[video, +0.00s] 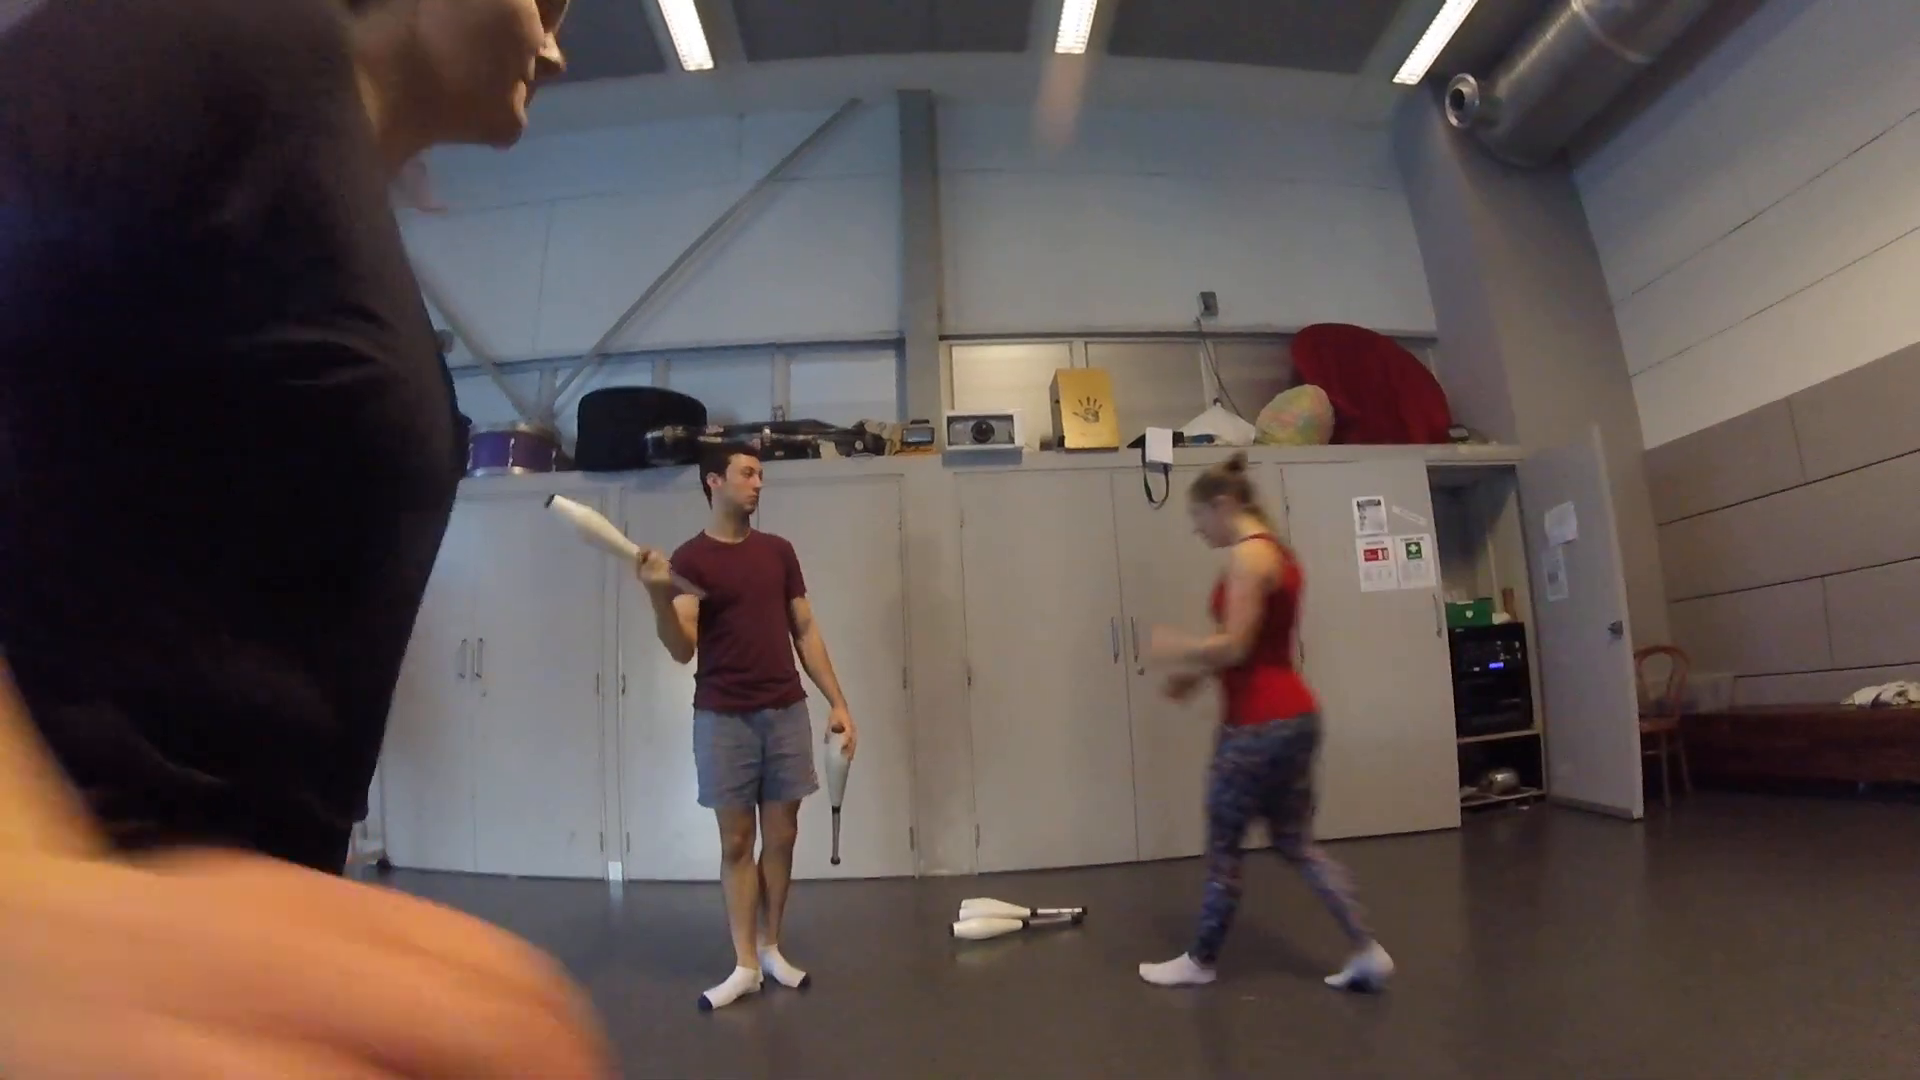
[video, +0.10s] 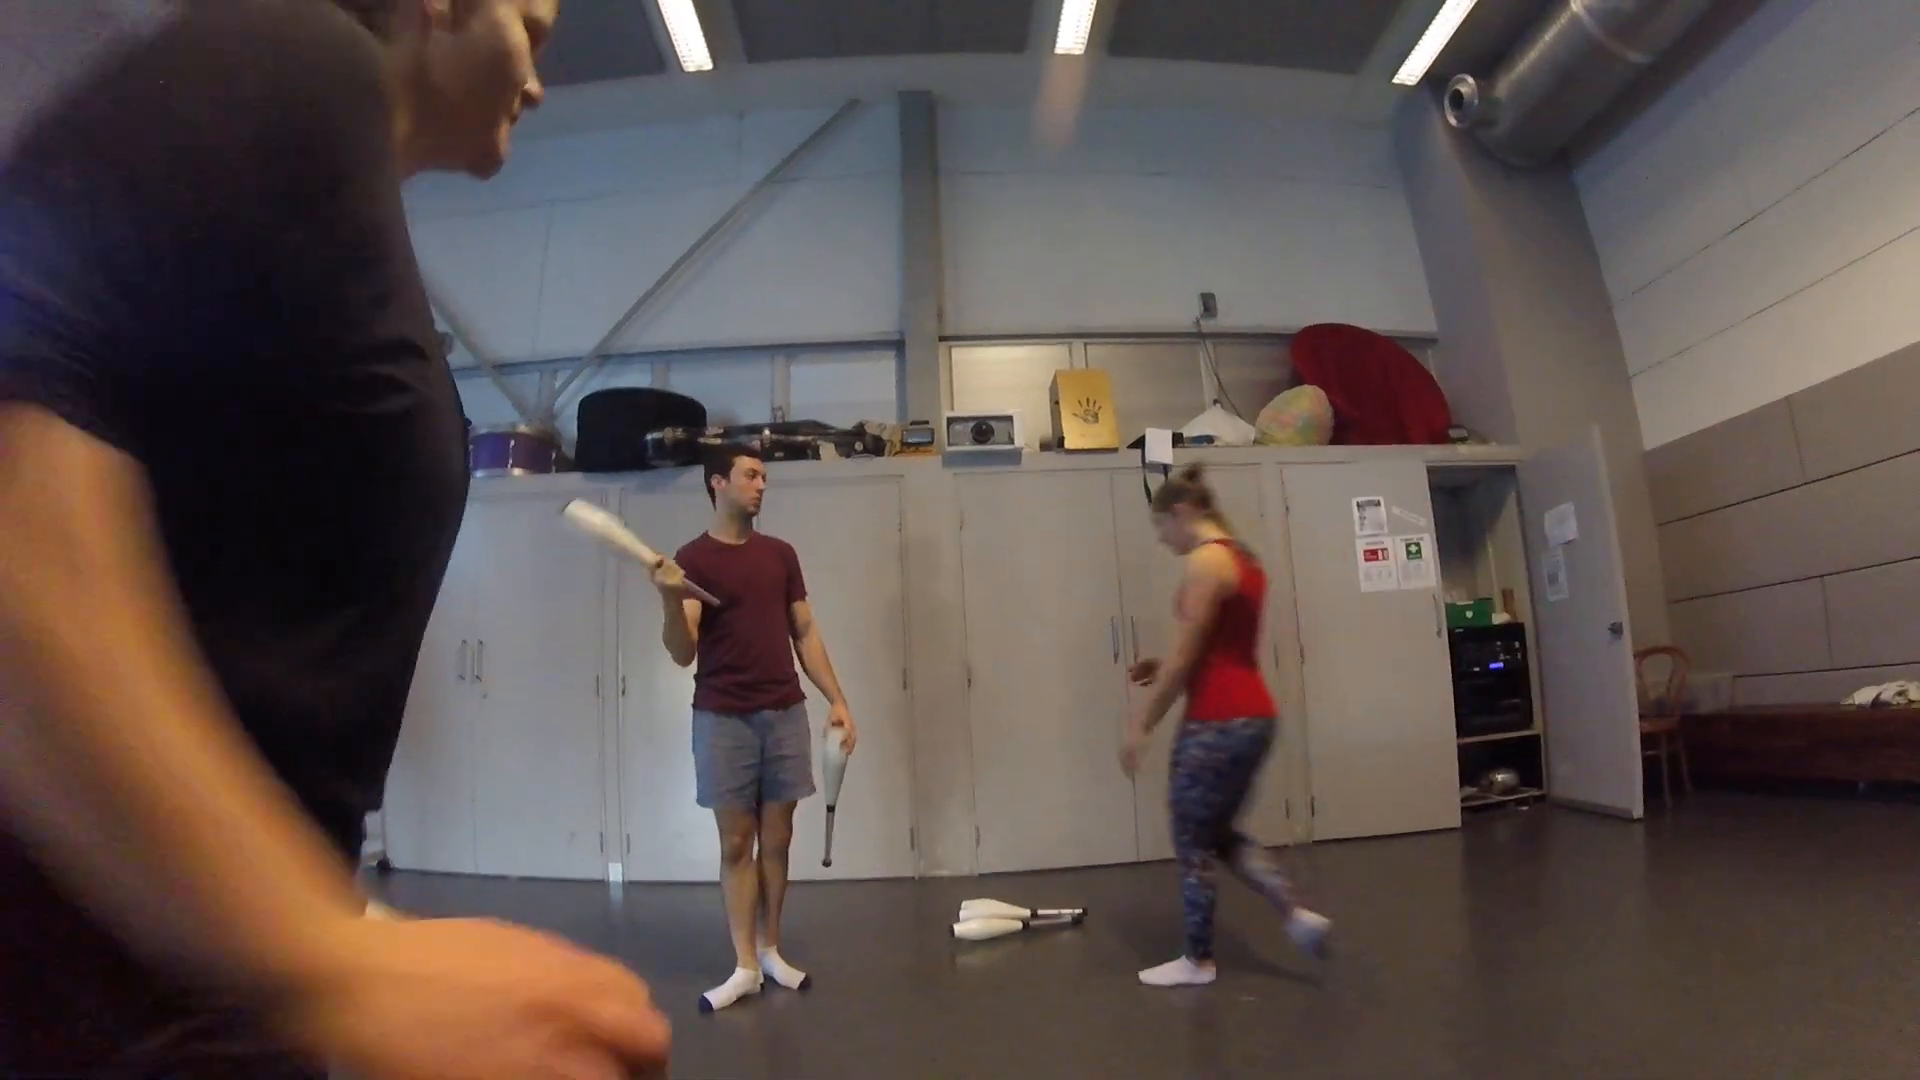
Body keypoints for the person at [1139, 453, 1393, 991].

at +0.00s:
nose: (1197, 528)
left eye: (1199, 516)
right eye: (1195, 518)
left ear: (1223, 507)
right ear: (1239, 506)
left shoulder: (1250, 556)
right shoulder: (1273, 552)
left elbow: (1234, 644)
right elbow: (1252, 642)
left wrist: (1179, 646)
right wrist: (1199, 673)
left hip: (1258, 719)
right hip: (1292, 711)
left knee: (1225, 841)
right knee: (1294, 839)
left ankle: (1202, 957)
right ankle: (1367, 949)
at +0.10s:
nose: (1161, 536)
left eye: (1162, 524)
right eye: (1158, 526)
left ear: (1183, 514)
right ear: (1201, 513)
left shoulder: (1208, 562)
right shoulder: (1239, 559)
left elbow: (1185, 659)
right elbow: (1220, 648)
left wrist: (1142, 725)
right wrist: (1164, 668)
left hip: (1216, 718)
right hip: (1250, 713)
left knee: (1191, 835)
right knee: (1218, 831)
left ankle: (1198, 957)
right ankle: (1295, 911)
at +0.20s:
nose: (1126, 541)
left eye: (1128, 529)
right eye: (1124, 531)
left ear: (1146, 517)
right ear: (1165, 516)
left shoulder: (1163, 560)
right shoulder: (1210, 558)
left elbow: (1166, 649)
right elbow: (1205, 644)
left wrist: (1155, 722)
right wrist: (1152, 682)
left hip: (1191, 713)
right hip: (1223, 708)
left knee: (1176, 827)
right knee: (1168, 813)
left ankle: (1197, 955)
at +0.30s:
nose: (1099, 546)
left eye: (1098, 536)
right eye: (1097, 537)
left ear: (1109, 526)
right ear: (1135, 520)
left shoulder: (1127, 560)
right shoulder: (1173, 560)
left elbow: (1146, 638)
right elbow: (1205, 644)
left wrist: (1151, 713)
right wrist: (1170, 688)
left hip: (1169, 713)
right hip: (1194, 708)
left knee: (1172, 834)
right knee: (1135, 803)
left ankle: (1196, 957)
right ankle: (1144, 919)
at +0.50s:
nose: (1035, 596)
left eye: (1032, 586)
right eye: (1032, 589)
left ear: (1041, 572)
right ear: (1056, 564)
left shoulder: (1075, 585)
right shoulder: (1090, 589)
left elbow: (1096, 651)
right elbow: (1117, 662)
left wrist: (1093, 722)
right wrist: (1114, 732)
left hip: (1150, 720)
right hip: (1134, 722)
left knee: (1153, 833)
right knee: (1109, 820)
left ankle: (1198, 954)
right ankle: (1092, 920)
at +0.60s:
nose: (1004, 639)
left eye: (1000, 629)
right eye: (999, 633)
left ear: (1010, 612)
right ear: (1018, 609)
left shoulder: (1040, 613)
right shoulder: (1054, 629)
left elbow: (1067, 671)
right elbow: (1096, 709)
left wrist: (1057, 745)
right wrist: (1100, 764)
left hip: (1145, 715)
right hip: (1121, 726)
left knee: (1157, 829)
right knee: (1100, 819)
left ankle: (1195, 948)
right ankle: (1090, 923)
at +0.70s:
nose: (989, 693)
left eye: (981, 683)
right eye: (982, 687)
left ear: (983, 660)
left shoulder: (1006, 651)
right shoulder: (1032, 670)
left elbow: (1034, 705)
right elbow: (1061, 751)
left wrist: (1033, 779)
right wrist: (1072, 825)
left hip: (1136, 703)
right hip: (1120, 717)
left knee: (1168, 812)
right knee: (1098, 817)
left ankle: (1216, 923)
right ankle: (1091, 922)